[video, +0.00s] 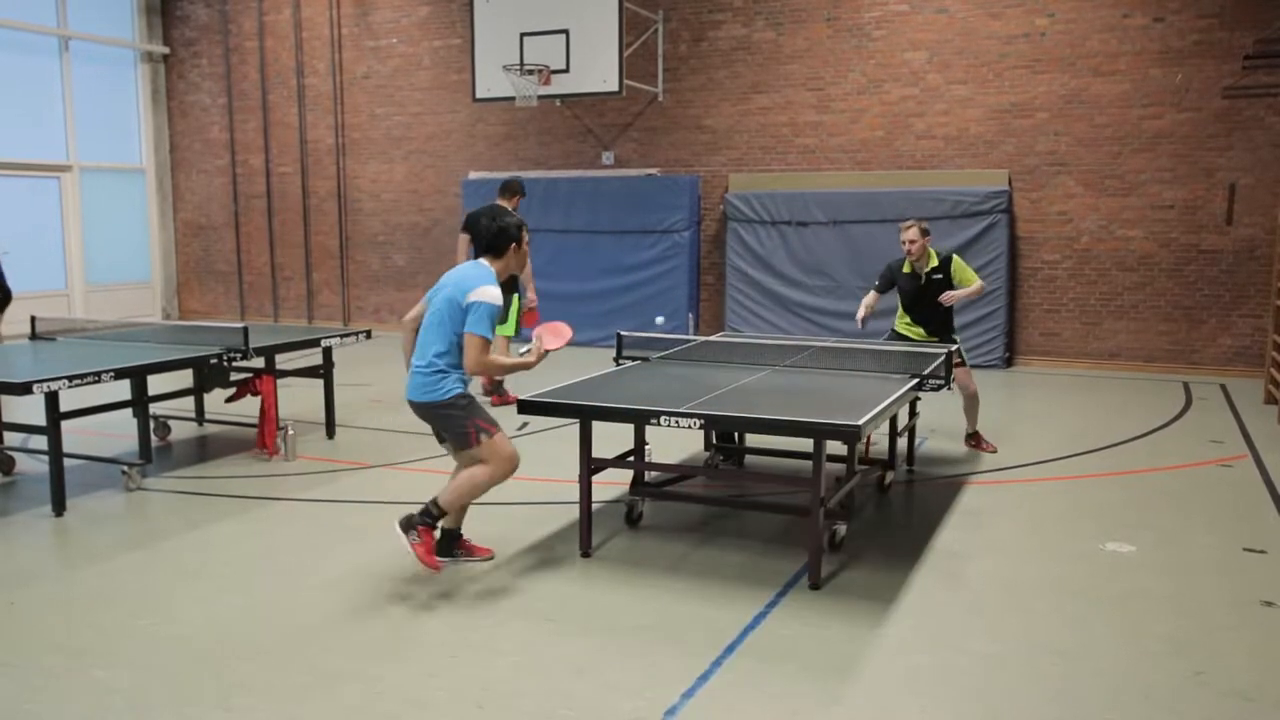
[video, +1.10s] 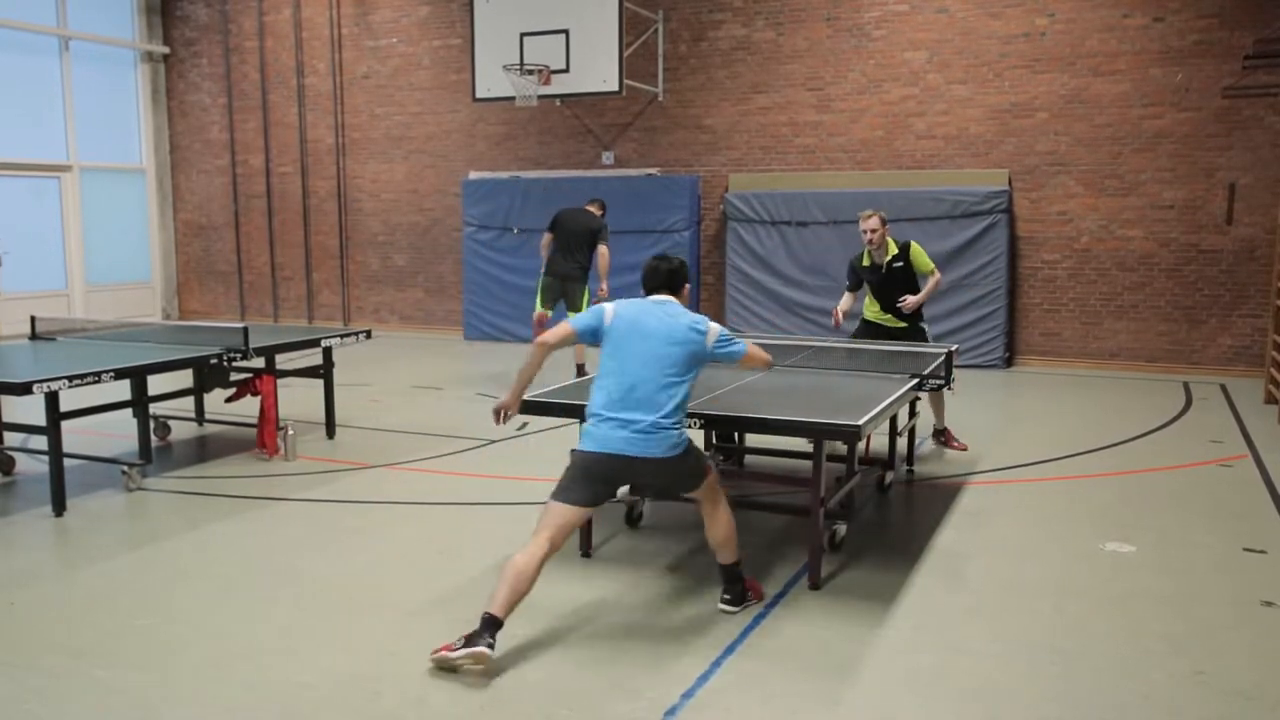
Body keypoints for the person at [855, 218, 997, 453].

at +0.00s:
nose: (907, 248)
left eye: (912, 242)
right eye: (903, 243)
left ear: (927, 240)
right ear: (901, 244)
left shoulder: (948, 262)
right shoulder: (896, 268)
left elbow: (978, 285)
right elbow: (874, 294)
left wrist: (959, 294)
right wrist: (864, 307)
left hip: (942, 338)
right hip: (904, 335)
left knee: (970, 390)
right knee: (873, 377)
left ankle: (972, 434)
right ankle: (864, 432)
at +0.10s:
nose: (899, 252)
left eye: (903, 246)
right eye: (895, 247)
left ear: (918, 244)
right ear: (893, 248)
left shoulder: (941, 263)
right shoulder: (889, 273)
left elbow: (980, 280)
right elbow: (868, 303)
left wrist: (961, 285)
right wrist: (847, 313)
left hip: (936, 340)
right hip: (899, 337)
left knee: (966, 392)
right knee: (869, 380)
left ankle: (971, 434)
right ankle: (860, 432)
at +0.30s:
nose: (850, 255)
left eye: (854, 250)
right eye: (847, 251)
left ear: (871, 246)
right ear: (847, 251)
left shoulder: (897, 259)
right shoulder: (848, 278)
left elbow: (934, 266)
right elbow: (826, 309)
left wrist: (938, 274)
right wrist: (800, 313)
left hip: (902, 343)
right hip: (865, 344)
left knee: (934, 389)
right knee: (836, 385)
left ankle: (964, 433)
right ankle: (810, 437)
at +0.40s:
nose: (828, 263)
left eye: (833, 258)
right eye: (826, 259)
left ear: (849, 254)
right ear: (827, 260)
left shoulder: (873, 267)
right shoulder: (827, 289)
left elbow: (904, 271)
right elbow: (805, 312)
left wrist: (919, 279)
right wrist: (778, 315)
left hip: (888, 347)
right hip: (851, 350)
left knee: (921, 391)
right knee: (826, 390)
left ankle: (952, 435)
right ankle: (810, 438)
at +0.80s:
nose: (837, 259)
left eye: (842, 253)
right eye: (833, 255)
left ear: (854, 253)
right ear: (828, 257)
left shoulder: (872, 271)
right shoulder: (822, 289)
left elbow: (897, 284)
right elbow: (810, 319)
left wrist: (906, 302)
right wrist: (799, 328)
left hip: (881, 349)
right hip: (844, 352)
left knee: (918, 385)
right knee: (818, 388)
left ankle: (936, 432)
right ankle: (810, 438)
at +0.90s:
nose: (853, 254)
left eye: (859, 248)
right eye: (849, 249)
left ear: (871, 249)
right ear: (845, 252)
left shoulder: (890, 269)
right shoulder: (839, 281)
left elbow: (919, 289)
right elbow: (829, 314)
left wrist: (916, 305)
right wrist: (817, 324)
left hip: (894, 350)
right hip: (856, 352)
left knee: (927, 386)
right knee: (826, 388)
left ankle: (937, 433)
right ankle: (810, 439)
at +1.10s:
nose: (868, 237)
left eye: (873, 231)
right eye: (864, 232)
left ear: (886, 231)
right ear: (860, 234)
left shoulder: (908, 250)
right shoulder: (858, 262)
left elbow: (935, 276)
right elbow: (851, 292)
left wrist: (919, 298)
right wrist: (841, 308)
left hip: (909, 325)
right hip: (873, 324)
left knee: (931, 375)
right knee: (848, 366)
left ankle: (940, 429)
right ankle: (858, 428)